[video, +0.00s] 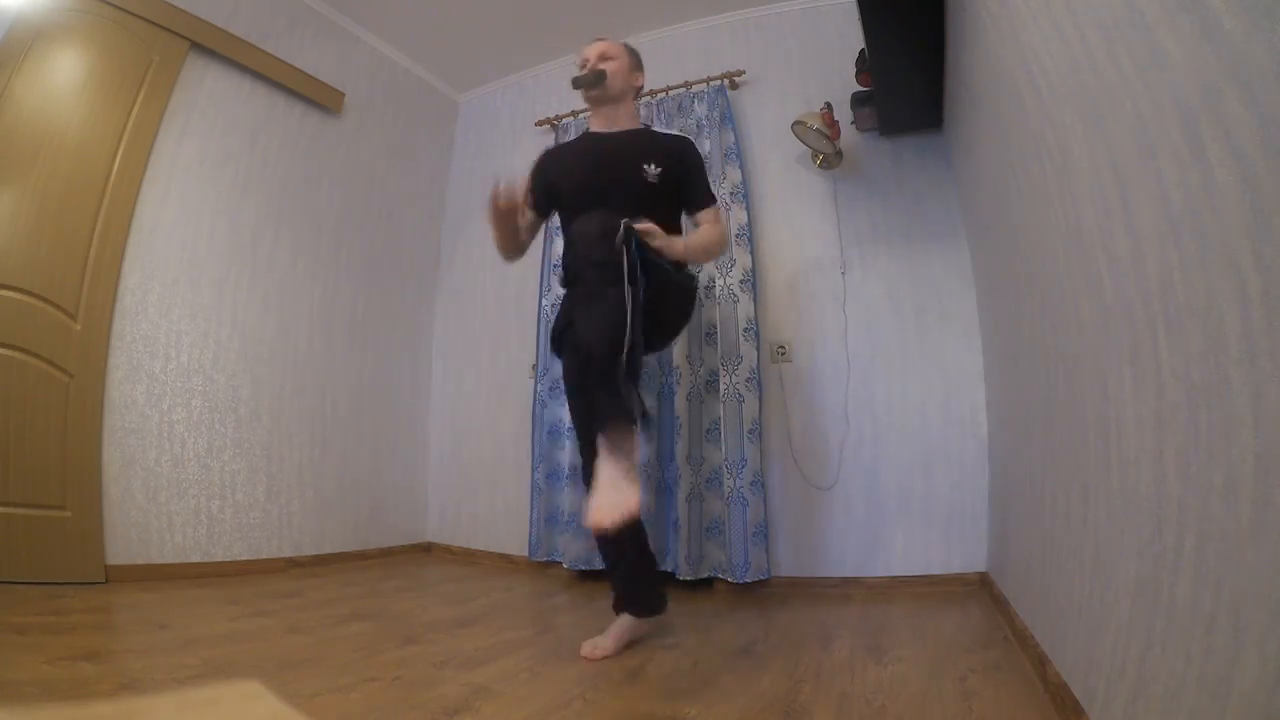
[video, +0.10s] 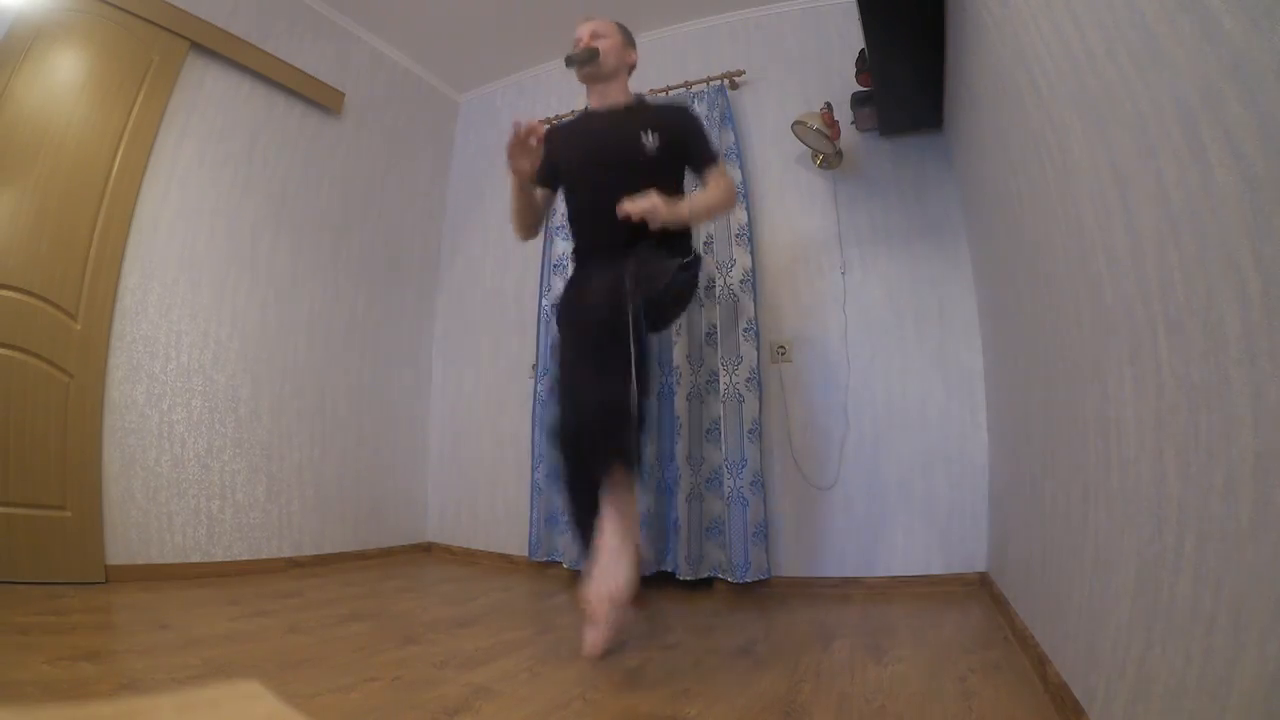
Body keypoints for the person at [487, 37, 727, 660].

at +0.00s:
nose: (592, 59)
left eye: (608, 54)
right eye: (585, 57)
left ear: (637, 82)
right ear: (578, 88)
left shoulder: (673, 150)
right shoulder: (555, 162)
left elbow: (715, 237)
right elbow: (513, 250)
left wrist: (674, 247)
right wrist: (504, 222)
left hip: (659, 306)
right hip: (586, 312)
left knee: (599, 230)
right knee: (600, 451)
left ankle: (616, 441)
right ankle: (639, 600)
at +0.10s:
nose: (585, 44)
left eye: (599, 35)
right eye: (578, 41)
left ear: (631, 55)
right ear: (572, 65)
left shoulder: (670, 119)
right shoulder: (560, 136)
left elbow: (723, 190)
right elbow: (528, 226)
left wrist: (673, 210)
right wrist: (523, 175)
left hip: (662, 267)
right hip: (591, 278)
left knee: (601, 304)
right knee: (580, 418)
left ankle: (616, 519)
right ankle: (604, 568)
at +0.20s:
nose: (580, 36)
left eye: (596, 29)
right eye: (576, 33)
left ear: (629, 52)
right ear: (572, 62)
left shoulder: (664, 107)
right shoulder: (568, 138)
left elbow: (732, 182)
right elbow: (568, 228)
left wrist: (658, 184)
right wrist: (540, 215)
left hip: (658, 280)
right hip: (593, 280)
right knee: (497, 354)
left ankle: (645, 612)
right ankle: (576, 495)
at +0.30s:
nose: (584, 58)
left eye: (600, 51)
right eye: (578, 56)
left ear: (634, 74)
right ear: (574, 83)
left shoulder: (660, 129)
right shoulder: (575, 153)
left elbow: (715, 206)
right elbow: (593, 249)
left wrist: (614, 166)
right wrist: (551, 266)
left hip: (656, 317)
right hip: (590, 303)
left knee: (655, 474)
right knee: (471, 282)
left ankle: (658, 627)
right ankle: (547, 436)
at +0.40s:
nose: (585, 39)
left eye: (601, 32)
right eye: (579, 36)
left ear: (635, 55)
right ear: (575, 63)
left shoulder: (661, 112)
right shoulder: (572, 138)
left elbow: (707, 181)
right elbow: (592, 226)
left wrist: (614, 136)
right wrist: (559, 243)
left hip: (653, 293)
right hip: (587, 290)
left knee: (645, 438)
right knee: (488, 350)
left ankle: (658, 616)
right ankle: (560, 500)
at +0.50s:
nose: (589, 37)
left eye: (603, 28)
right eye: (583, 34)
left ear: (636, 49)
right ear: (578, 60)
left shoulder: (672, 114)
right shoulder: (563, 130)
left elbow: (716, 196)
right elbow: (555, 211)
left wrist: (631, 168)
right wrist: (543, 228)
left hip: (652, 256)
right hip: (581, 270)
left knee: (613, 332)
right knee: (567, 430)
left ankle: (656, 522)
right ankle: (608, 598)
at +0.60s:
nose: (589, 51)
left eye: (605, 45)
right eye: (582, 49)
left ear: (637, 71)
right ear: (577, 79)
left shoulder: (672, 141)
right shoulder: (554, 155)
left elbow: (718, 229)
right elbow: (515, 245)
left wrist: (675, 241)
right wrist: (502, 220)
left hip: (657, 292)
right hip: (581, 308)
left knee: (597, 228)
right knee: (596, 464)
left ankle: (635, 433)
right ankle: (636, 612)